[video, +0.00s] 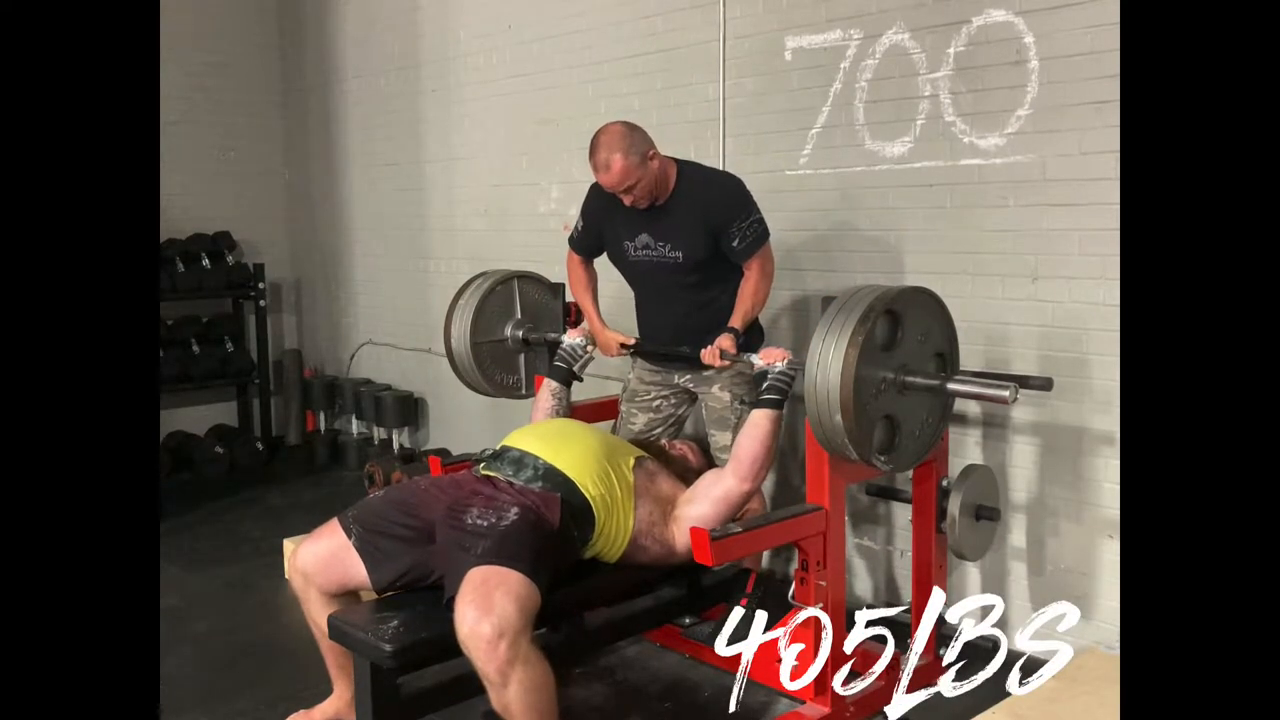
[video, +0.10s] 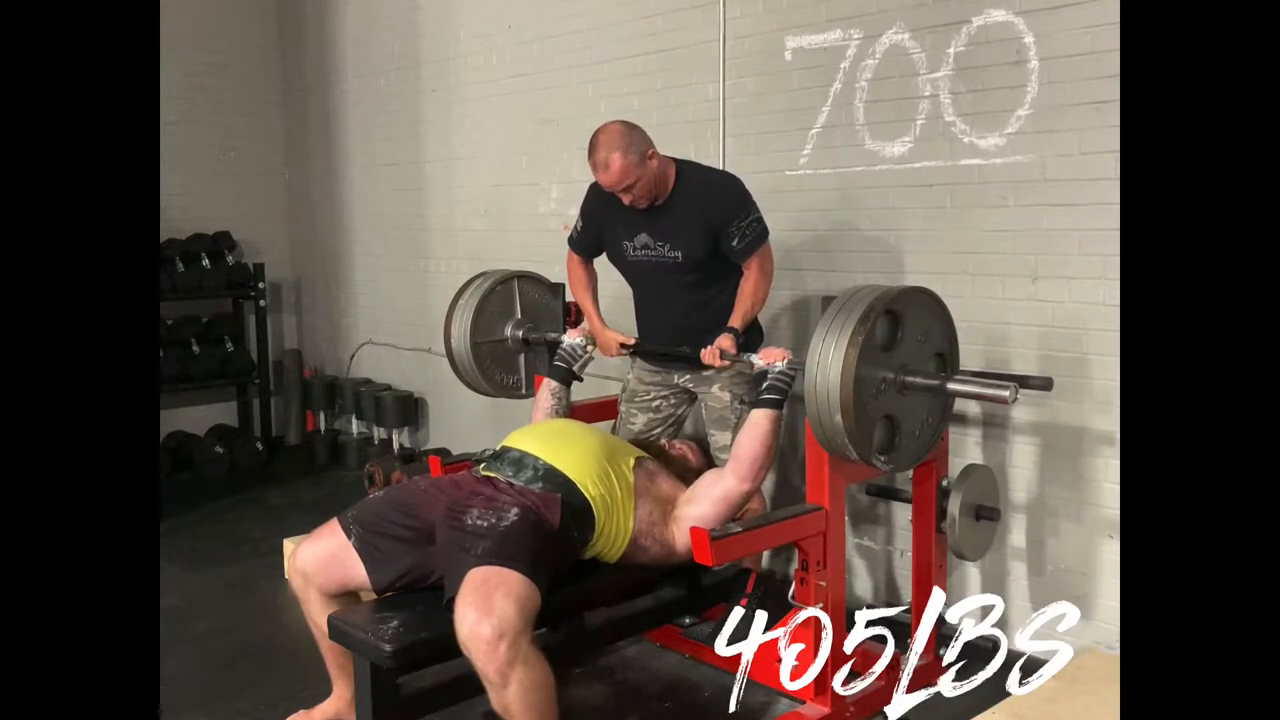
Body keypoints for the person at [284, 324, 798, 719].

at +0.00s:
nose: (680, 441)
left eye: (691, 448)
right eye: (677, 437)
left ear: (699, 474)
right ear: (655, 445)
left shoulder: (680, 510)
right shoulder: (597, 451)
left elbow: (745, 475)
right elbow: (536, 432)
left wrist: (772, 391)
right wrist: (561, 368)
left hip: (527, 506)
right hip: (458, 483)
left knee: (488, 629)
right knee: (308, 561)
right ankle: (345, 697)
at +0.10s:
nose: (679, 440)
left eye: (691, 447)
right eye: (676, 437)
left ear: (700, 474)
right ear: (655, 445)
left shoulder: (681, 510)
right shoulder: (598, 451)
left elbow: (745, 474)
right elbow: (539, 431)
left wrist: (772, 390)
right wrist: (560, 367)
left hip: (528, 507)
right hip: (459, 484)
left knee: (488, 629)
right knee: (308, 561)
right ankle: (344, 698)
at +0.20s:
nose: (680, 440)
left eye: (691, 447)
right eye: (676, 437)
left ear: (700, 474)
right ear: (656, 445)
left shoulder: (681, 510)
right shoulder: (597, 452)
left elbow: (745, 473)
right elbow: (540, 430)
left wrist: (771, 390)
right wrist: (561, 367)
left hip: (528, 507)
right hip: (458, 484)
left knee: (488, 630)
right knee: (307, 561)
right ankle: (344, 697)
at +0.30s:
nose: (678, 441)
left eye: (690, 447)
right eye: (676, 437)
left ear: (699, 473)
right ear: (654, 444)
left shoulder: (680, 509)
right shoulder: (596, 451)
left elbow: (745, 473)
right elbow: (541, 431)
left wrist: (772, 389)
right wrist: (560, 367)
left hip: (528, 507)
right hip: (459, 484)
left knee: (488, 630)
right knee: (306, 561)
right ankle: (344, 697)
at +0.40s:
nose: (677, 440)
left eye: (689, 447)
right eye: (674, 437)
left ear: (698, 474)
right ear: (652, 444)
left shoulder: (680, 509)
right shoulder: (596, 451)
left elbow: (746, 473)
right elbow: (539, 430)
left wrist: (771, 390)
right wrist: (560, 368)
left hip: (528, 509)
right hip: (459, 486)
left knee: (488, 631)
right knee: (306, 561)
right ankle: (343, 698)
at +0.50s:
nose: (679, 441)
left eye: (690, 448)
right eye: (677, 438)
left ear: (699, 475)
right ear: (655, 443)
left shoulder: (679, 508)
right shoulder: (596, 449)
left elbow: (745, 475)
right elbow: (534, 436)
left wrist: (770, 392)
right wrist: (559, 370)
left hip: (528, 503)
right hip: (457, 481)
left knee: (489, 628)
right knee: (311, 561)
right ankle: (343, 697)